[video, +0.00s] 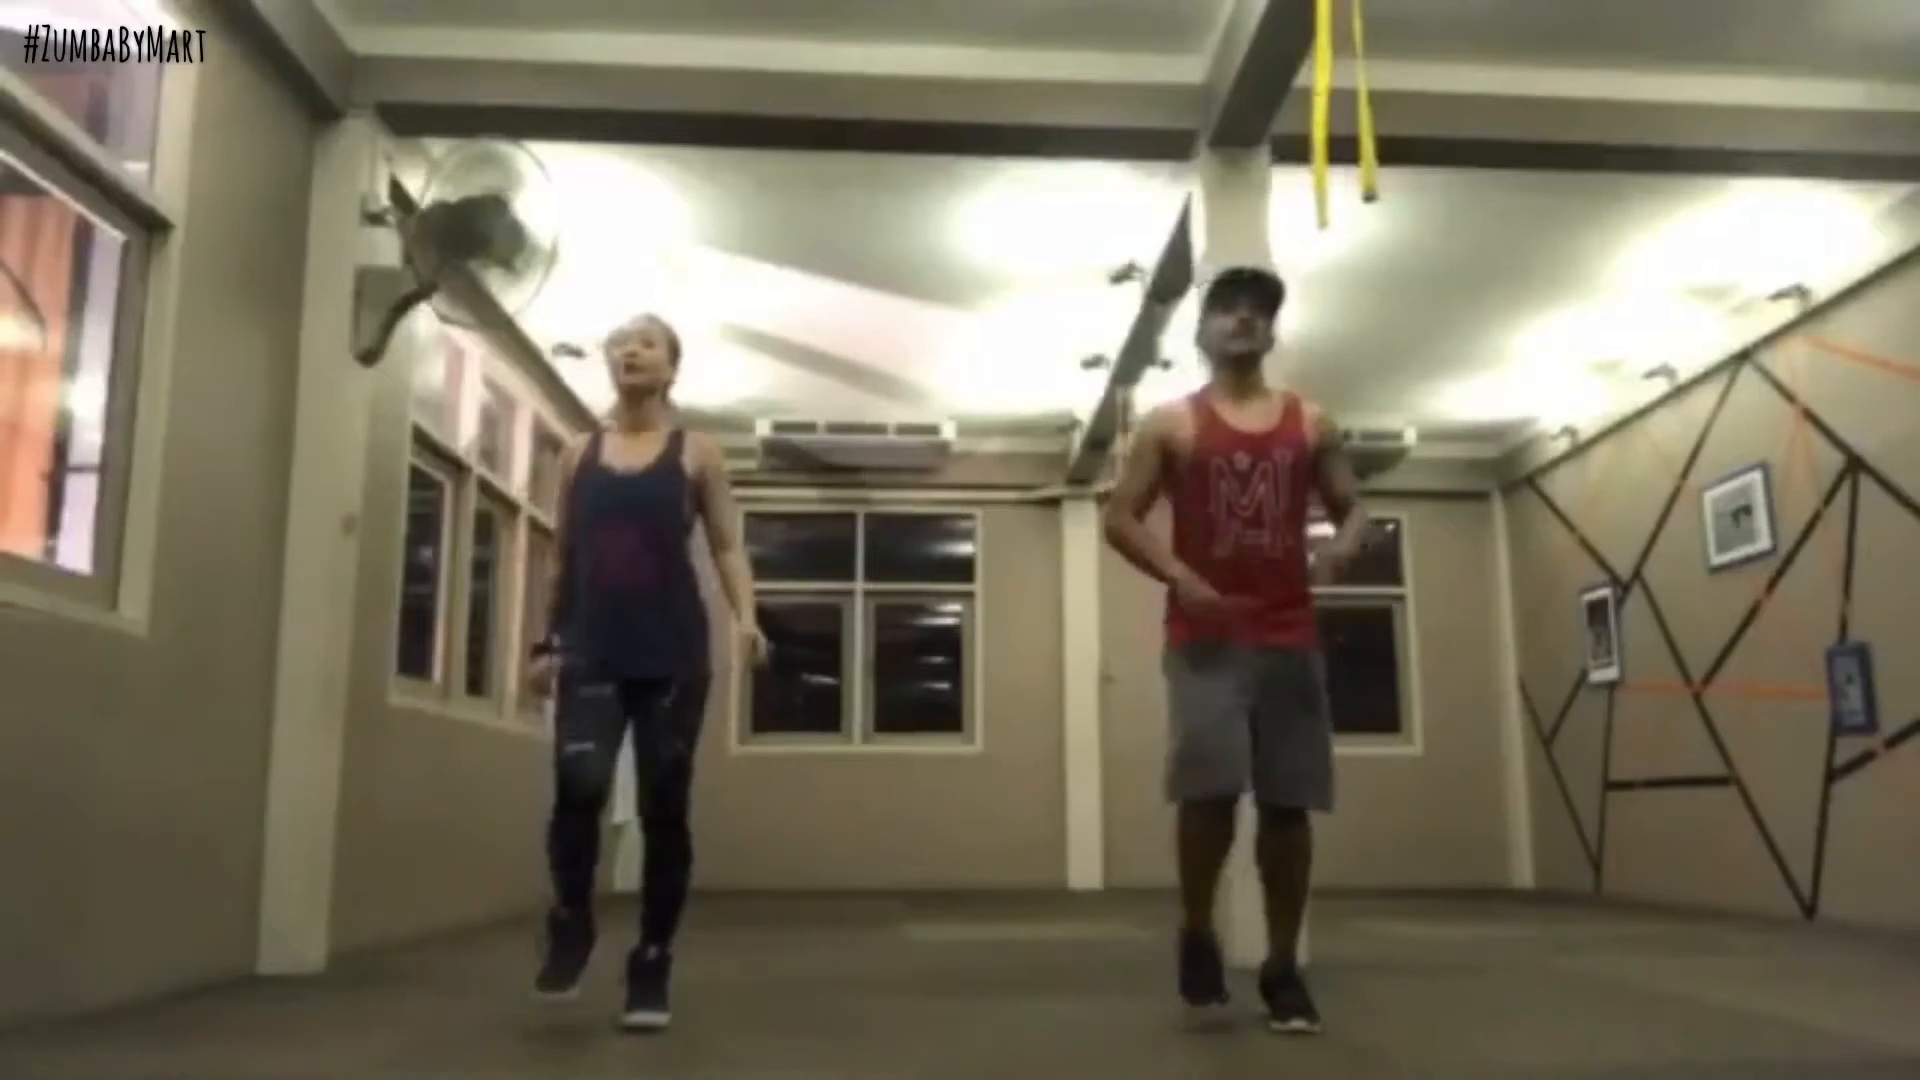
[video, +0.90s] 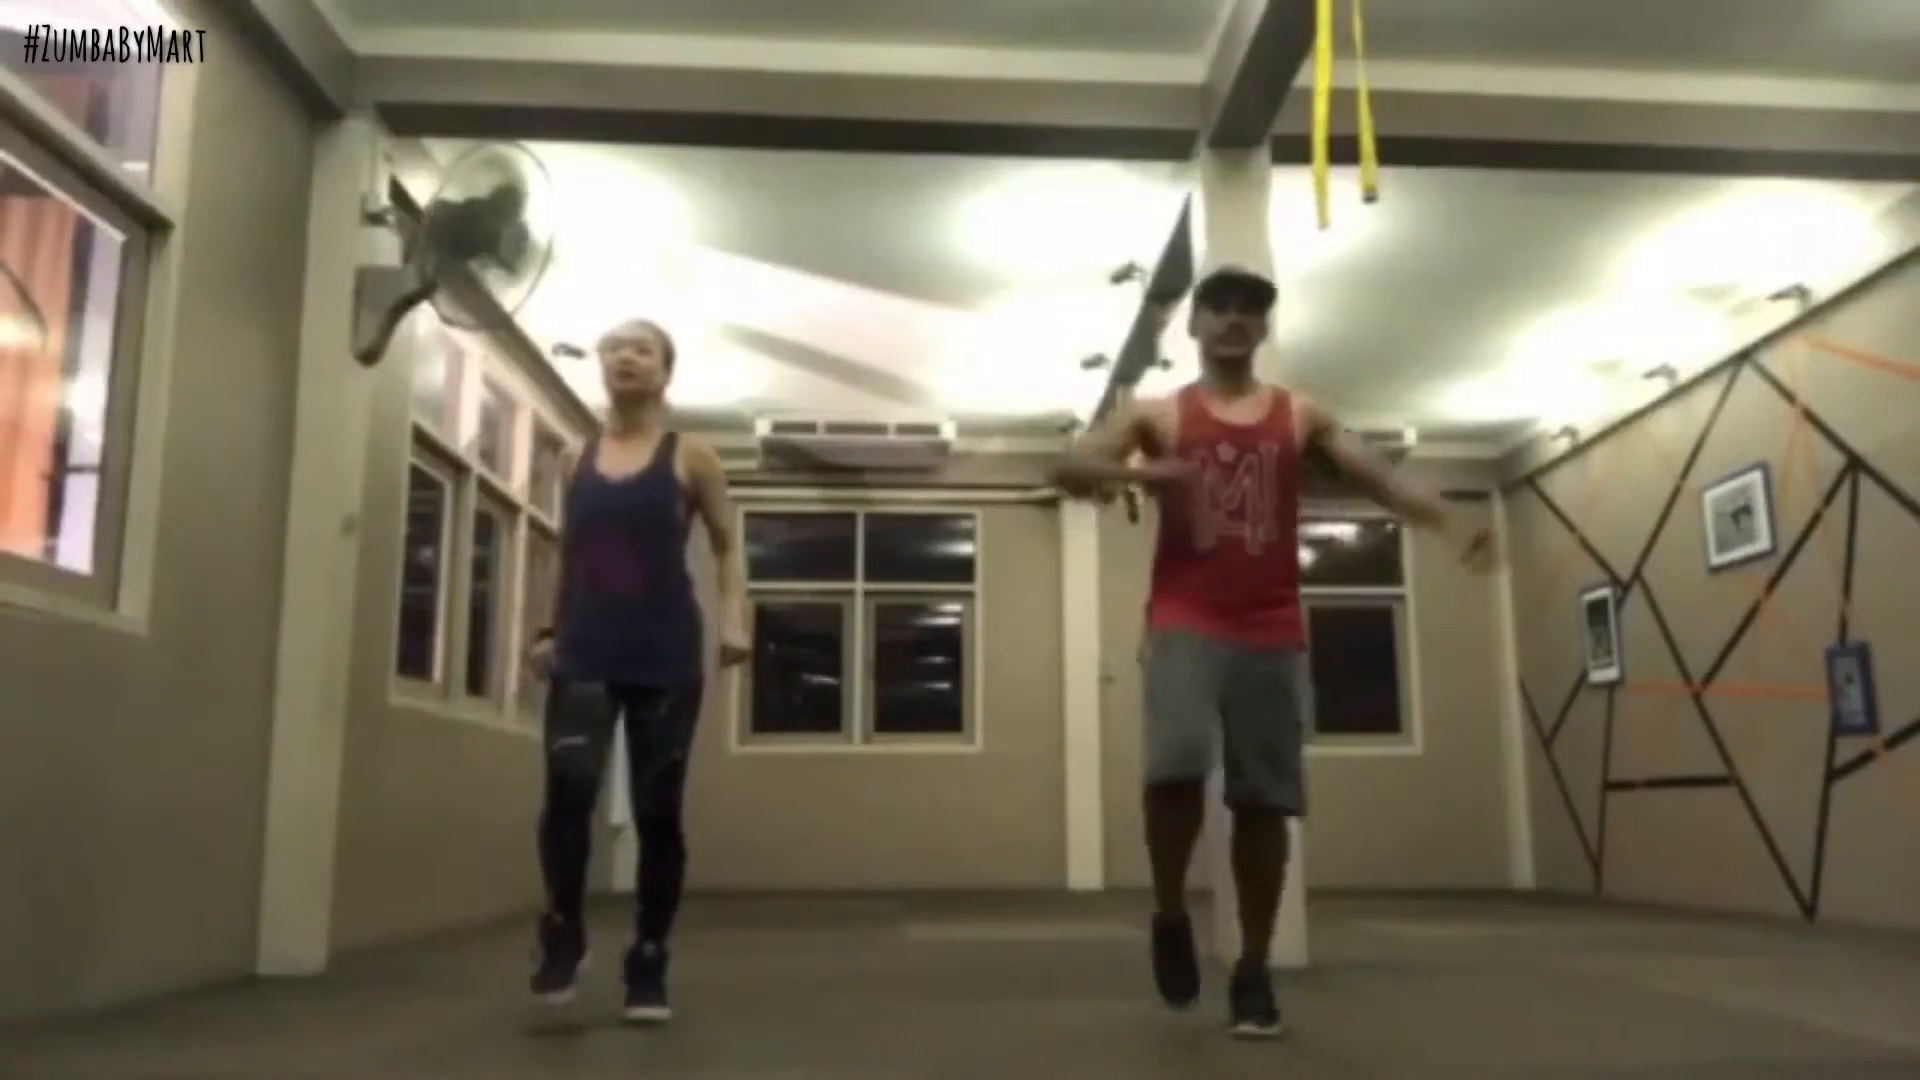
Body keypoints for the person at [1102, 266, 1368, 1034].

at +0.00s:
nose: (1238, 323)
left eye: (1253, 312)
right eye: (1224, 311)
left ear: (1272, 329)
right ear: (1202, 327)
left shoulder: (1308, 423)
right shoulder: (1172, 424)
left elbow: (1351, 509)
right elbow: (1119, 518)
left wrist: (1344, 550)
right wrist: (1182, 579)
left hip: (1288, 636)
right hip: (1208, 638)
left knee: (1287, 807)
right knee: (1209, 797)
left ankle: (1283, 965)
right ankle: (1196, 937)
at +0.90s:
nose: (1235, 323)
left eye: (1249, 312)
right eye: (1221, 310)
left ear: (1267, 327)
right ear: (1194, 323)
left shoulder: (1298, 415)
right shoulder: (1155, 412)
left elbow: (1379, 477)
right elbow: (1071, 468)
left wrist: (1453, 523)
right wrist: (1135, 471)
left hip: (1271, 626)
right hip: (1186, 621)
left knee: (1264, 803)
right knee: (1177, 771)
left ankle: (1255, 969)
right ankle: (1170, 916)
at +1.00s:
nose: (1238, 308)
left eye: (1252, 295)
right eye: (1223, 295)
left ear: (1271, 307)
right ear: (1199, 308)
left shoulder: (1302, 393)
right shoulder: (1166, 388)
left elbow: (1398, 434)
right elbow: (1068, 424)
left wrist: (1488, 452)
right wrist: (1086, 441)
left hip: (1270, 603)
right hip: (1189, 591)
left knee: (1251, 787)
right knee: (1202, 746)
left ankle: (1232, 952)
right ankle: (1171, 909)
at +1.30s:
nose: (1271, 336)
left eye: (1284, 323)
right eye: (1255, 322)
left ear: (1300, 333)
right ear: (1226, 333)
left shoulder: (1328, 424)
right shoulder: (1207, 412)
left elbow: (1434, 460)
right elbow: (1108, 431)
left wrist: (1423, 427)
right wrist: (1007, 437)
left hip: (1300, 633)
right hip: (1214, 635)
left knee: (1364, 771)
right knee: (1203, 808)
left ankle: (1271, 913)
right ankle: (1178, 984)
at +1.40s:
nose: (1286, 327)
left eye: (1299, 314)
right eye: (1271, 313)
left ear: (1315, 323)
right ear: (1241, 324)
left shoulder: (1342, 410)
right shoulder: (1211, 404)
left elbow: (1459, 423)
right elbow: (1121, 426)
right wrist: (1101, 391)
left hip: (1325, 621)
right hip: (1233, 628)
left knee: (1406, 751)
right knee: (1211, 799)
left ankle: (1372, 896)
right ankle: (1179, 984)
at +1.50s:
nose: (1308, 316)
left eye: (1320, 304)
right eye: (1293, 304)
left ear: (1336, 312)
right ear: (1263, 316)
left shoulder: (1371, 387)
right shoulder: (1230, 393)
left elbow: (1498, 401)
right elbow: (1133, 413)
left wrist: (1625, 383)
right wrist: (1154, 346)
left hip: (1354, 624)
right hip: (1258, 627)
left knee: (1430, 777)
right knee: (1227, 795)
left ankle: (1467, 912)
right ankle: (1193, 975)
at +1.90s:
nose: (1357, 324)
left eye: (1370, 310)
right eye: (1341, 310)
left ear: (1386, 315)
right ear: (1312, 319)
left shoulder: (1422, 391)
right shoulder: (1289, 403)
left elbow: (1525, 399)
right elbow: (1201, 431)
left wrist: (1587, 400)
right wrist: (1117, 445)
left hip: (1417, 622)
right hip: (1321, 622)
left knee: (1473, 799)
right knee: (1298, 767)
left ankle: (1520, 963)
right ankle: (1280, 902)